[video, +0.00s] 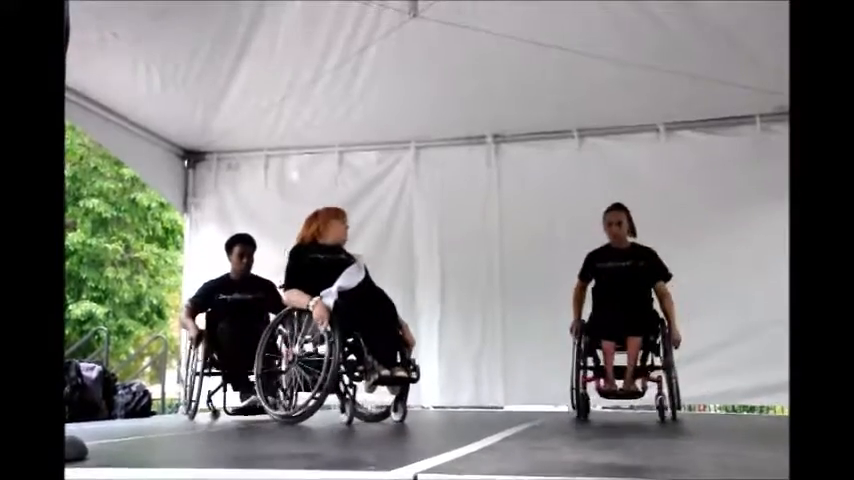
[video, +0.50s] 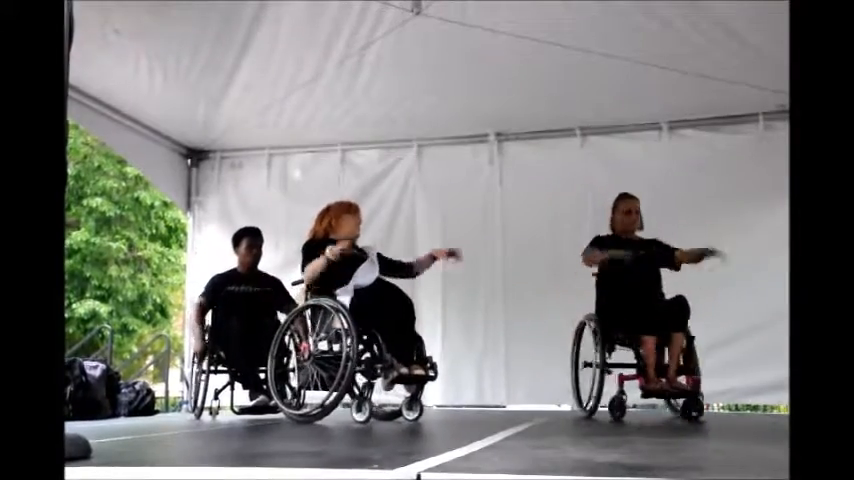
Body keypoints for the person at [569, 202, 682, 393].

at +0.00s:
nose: (614, 229)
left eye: (619, 224)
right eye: (609, 224)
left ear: (628, 225)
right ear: (604, 228)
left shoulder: (646, 255)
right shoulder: (595, 257)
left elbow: (662, 293)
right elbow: (581, 287)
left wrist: (672, 326)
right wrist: (577, 319)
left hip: (638, 313)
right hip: (607, 314)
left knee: (637, 320)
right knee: (606, 322)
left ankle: (629, 380)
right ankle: (609, 379)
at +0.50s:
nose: (633, 217)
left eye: (636, 212)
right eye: (627, 212)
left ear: (640, 217)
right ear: (613, 217)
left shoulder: (649, 246)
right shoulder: (604, 242)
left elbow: (679, 256)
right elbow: (589, 256)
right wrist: (601, 258)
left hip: (649, 310)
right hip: (616, 311)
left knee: (679, 303)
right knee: (649, 316)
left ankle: (672, 377)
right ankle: (651, 380)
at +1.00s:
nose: (671, 216)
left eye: (674, 211)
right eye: (666, 210)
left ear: (675, 212)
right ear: (649, 208)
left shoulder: (674, 234)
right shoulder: (628, 232)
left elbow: (694, 208)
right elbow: (596, 200)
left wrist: (707, 184)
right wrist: (573, 158)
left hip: (683, 310)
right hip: (652, 312)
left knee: (740, 302)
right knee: (715, 299)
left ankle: (737, 378)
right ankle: (719, 375)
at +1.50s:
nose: (698, 200)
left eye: (699, 195)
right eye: (691, 195)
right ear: (672, 199)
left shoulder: (695, 233)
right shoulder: (664, 233)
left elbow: (704, 274)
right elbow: (667, 277)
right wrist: (689, 311)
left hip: (724, 306)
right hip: (708, 311)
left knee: (778, 300)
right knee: (778, 303)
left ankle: (783, 374)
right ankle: (785, 375)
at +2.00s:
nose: (696, 193)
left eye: (697, 189)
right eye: (687, 190)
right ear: (673, 203)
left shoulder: (699, 228)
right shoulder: (679, 232)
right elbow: (687, 279)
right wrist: (716, 311)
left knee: (797, 301)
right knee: (799, 309)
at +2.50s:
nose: (690, 212)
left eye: (693, 207)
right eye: (685, 205)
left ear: (689, 208)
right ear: (666, 203)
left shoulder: (680, 236)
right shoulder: (644, 231)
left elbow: (683, 277)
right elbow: (607, 263)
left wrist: (708, 300)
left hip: (691, 306)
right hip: (668, 313)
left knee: (753, 302)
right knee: (759, 303)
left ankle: (752, 372)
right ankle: (760, 375)